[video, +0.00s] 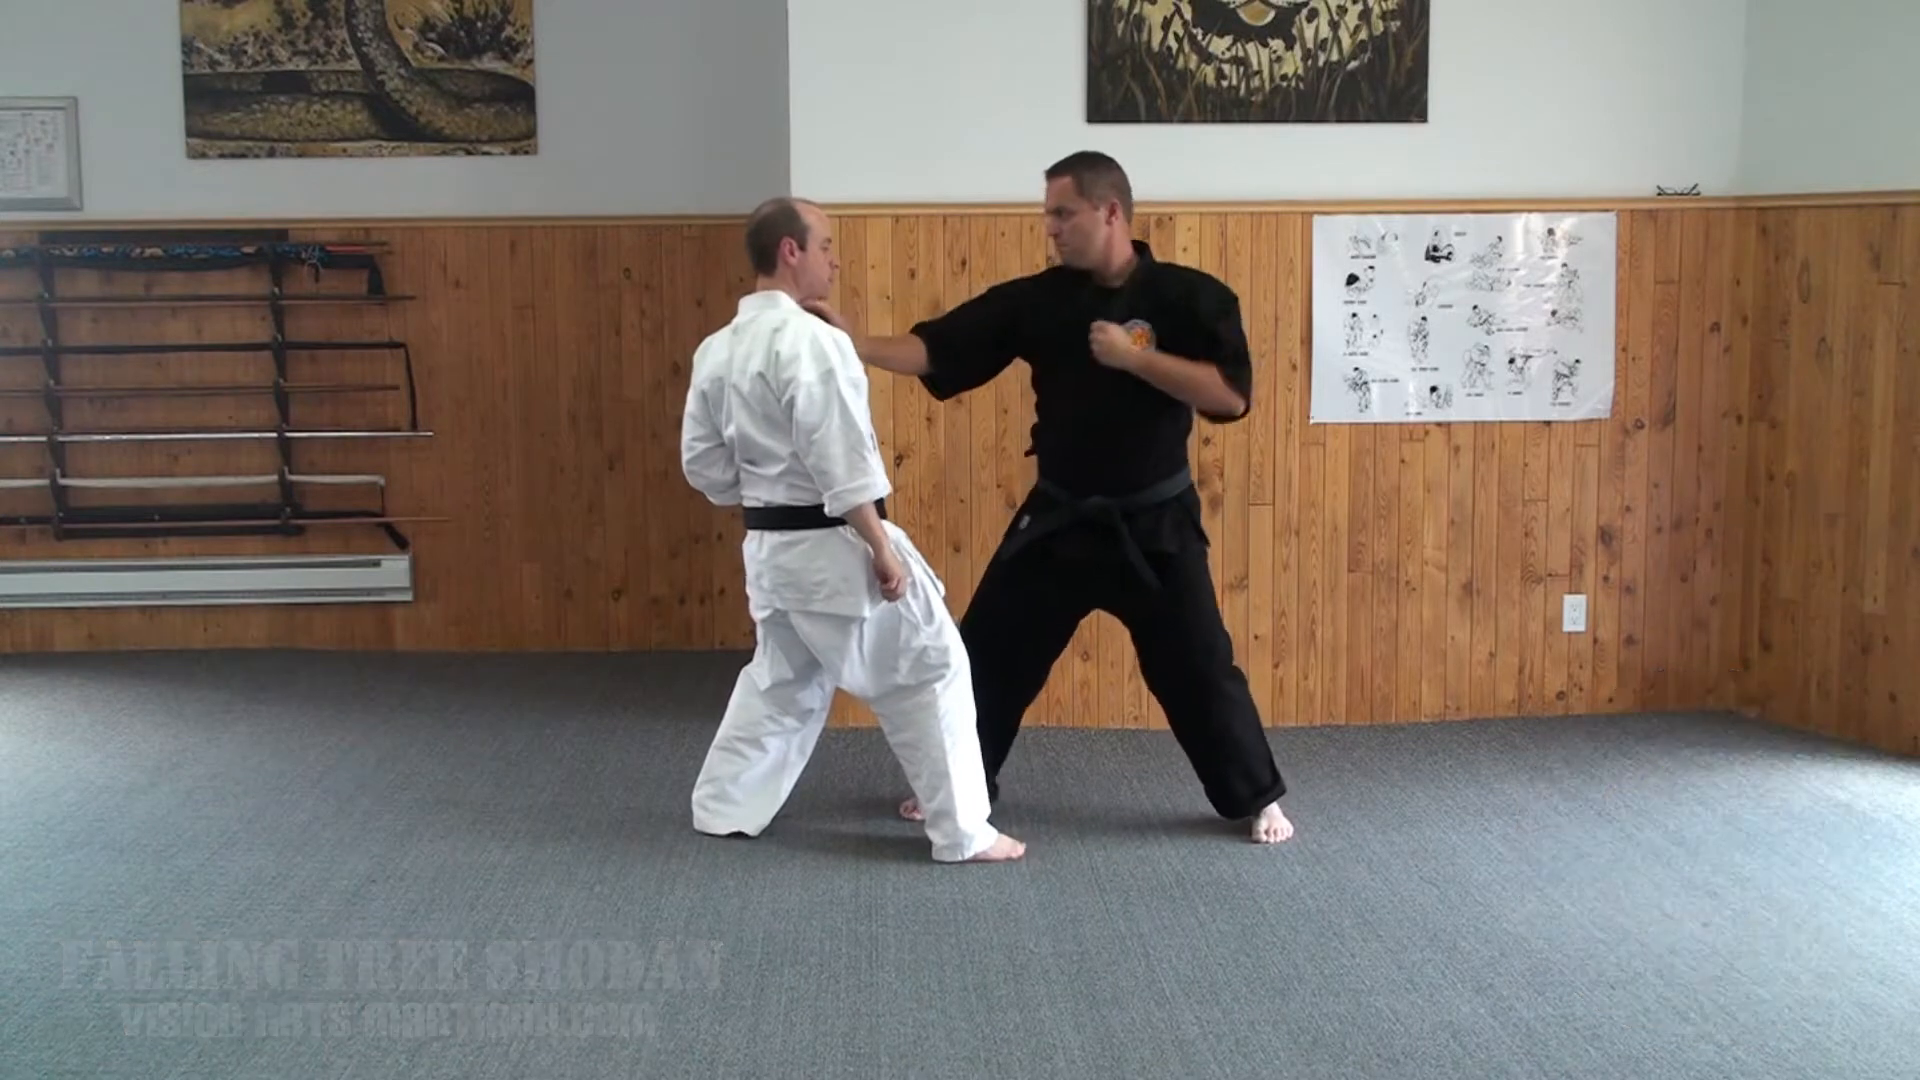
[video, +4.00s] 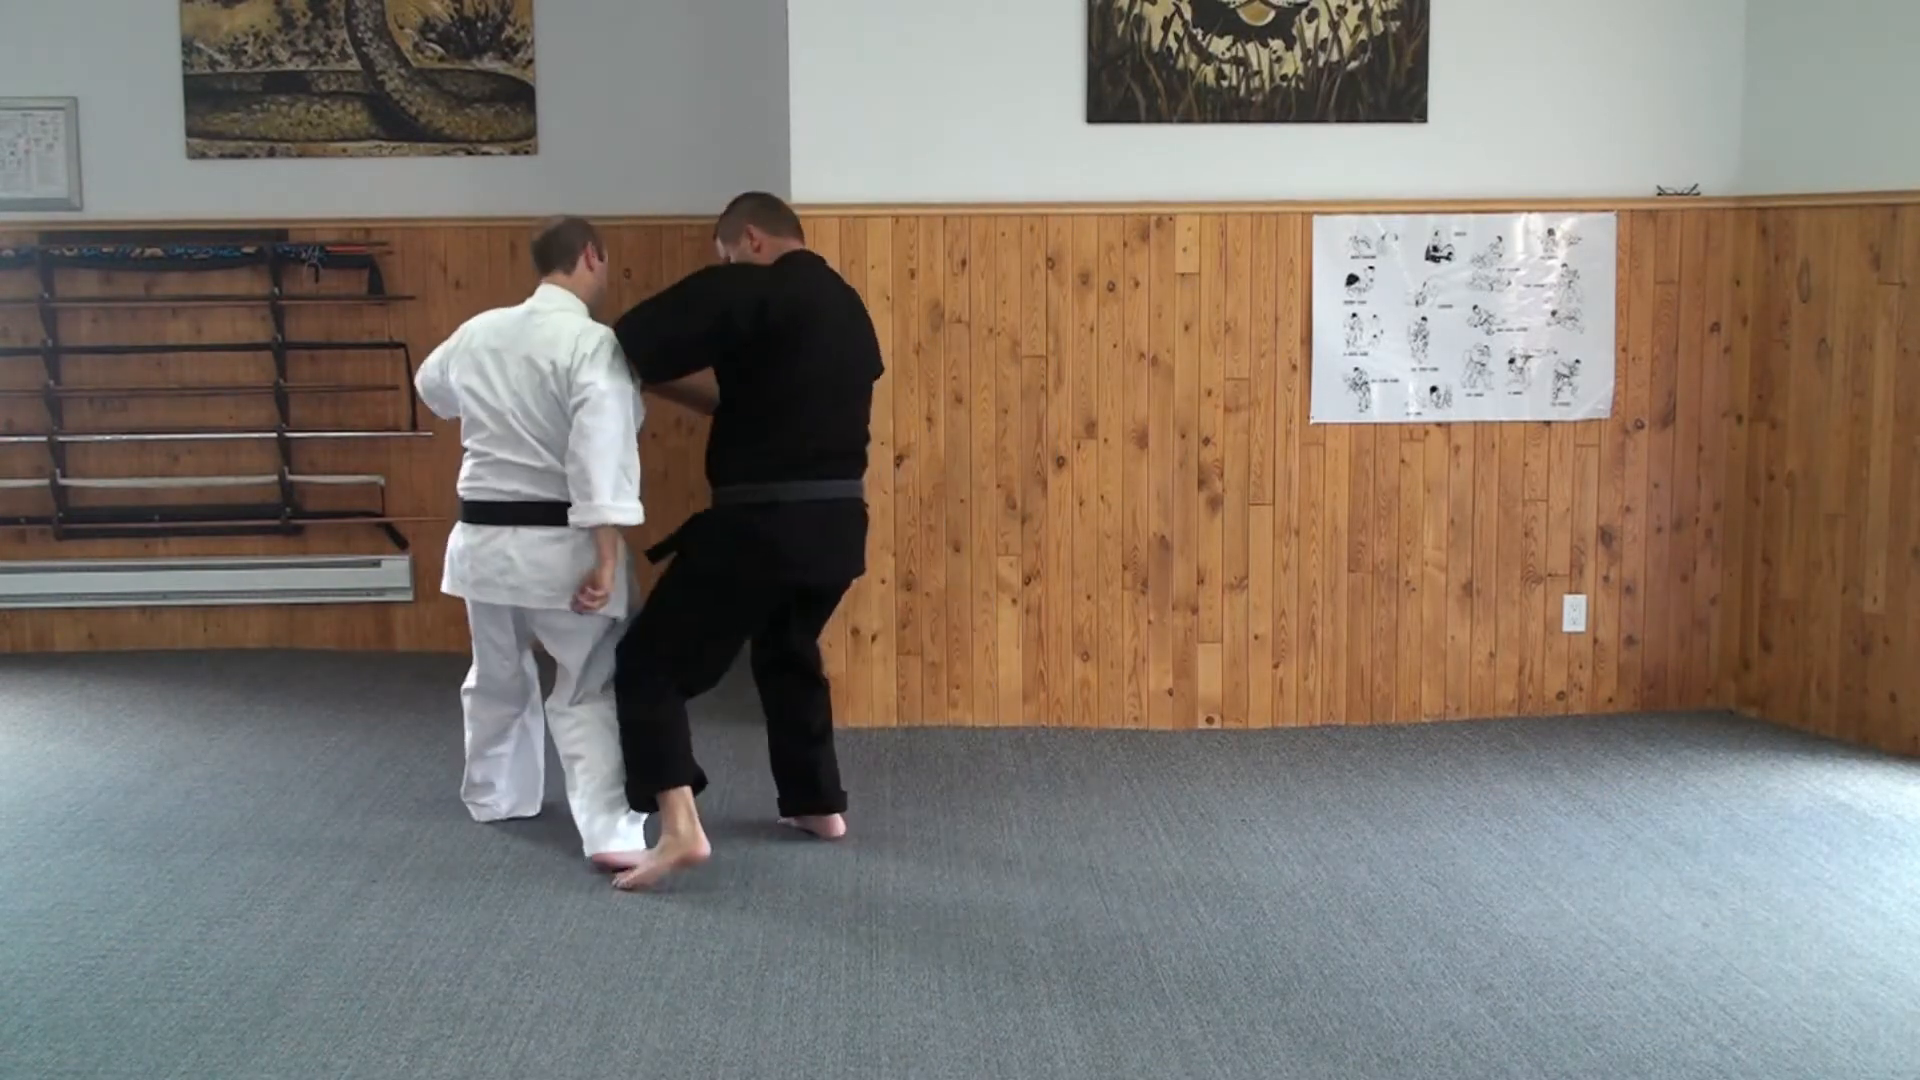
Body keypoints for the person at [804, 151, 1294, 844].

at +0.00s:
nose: (1051, 228)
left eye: (1063, 214)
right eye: (1048, 215)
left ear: (1113, 213)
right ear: (1051, 217)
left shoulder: (1192, 298)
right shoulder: (1034, 301)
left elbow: (1232, 397)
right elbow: (935, 348)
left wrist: (1136, 358)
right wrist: (848, 342)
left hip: (1155, 524)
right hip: (1054, 522)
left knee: (1200, 666)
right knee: (987, 655)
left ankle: (1260, 799)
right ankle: (957, 788)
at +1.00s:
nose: (939, 193)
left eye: (951, 179)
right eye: (937, 181)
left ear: (992, 177)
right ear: (946, 186)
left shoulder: (1027, 244)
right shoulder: (937, 269)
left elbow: (1018, 131)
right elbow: (850, 302)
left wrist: (1007, 133)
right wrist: (759, 311)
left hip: (996, 472)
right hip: (950, 472)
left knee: (910, 614)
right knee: (975, 631)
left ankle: (929, 784)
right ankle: (1017, 779)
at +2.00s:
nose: (781, 213)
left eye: (785, 202)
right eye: (788, 202)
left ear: (802, 209)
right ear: (858, 217)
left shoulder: (761, 292)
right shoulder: (889, 294)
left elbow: (669, 304)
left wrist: (715, 232)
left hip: (800, 528)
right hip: (893, 522)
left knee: (716, 681)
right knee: (910, 662)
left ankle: (724, 854)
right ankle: (963, 805)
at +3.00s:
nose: (730, 236)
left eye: (730, 224)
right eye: (726, 226)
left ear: (758, 212)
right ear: (791, 208)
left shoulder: (768, 261)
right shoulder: (852, 266)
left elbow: (643, 289)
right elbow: (778, 370)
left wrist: (626, 271)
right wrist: (683, 348)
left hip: (857, 492)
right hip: (907, 482)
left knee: (848, 671)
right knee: (839, 654)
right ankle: (826, 796)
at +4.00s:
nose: (727, 267)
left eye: (726, 257)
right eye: (724, 259)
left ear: (752, 239)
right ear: (789, 237)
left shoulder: (737, 286)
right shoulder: (847, 301)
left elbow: (624, 350)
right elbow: (776, 398)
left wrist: (732, 399)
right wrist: (677, 382)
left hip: (753, 528)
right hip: (837, 529)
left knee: (648, 661)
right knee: (787, 650)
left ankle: (679, 828)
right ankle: (818, 805)